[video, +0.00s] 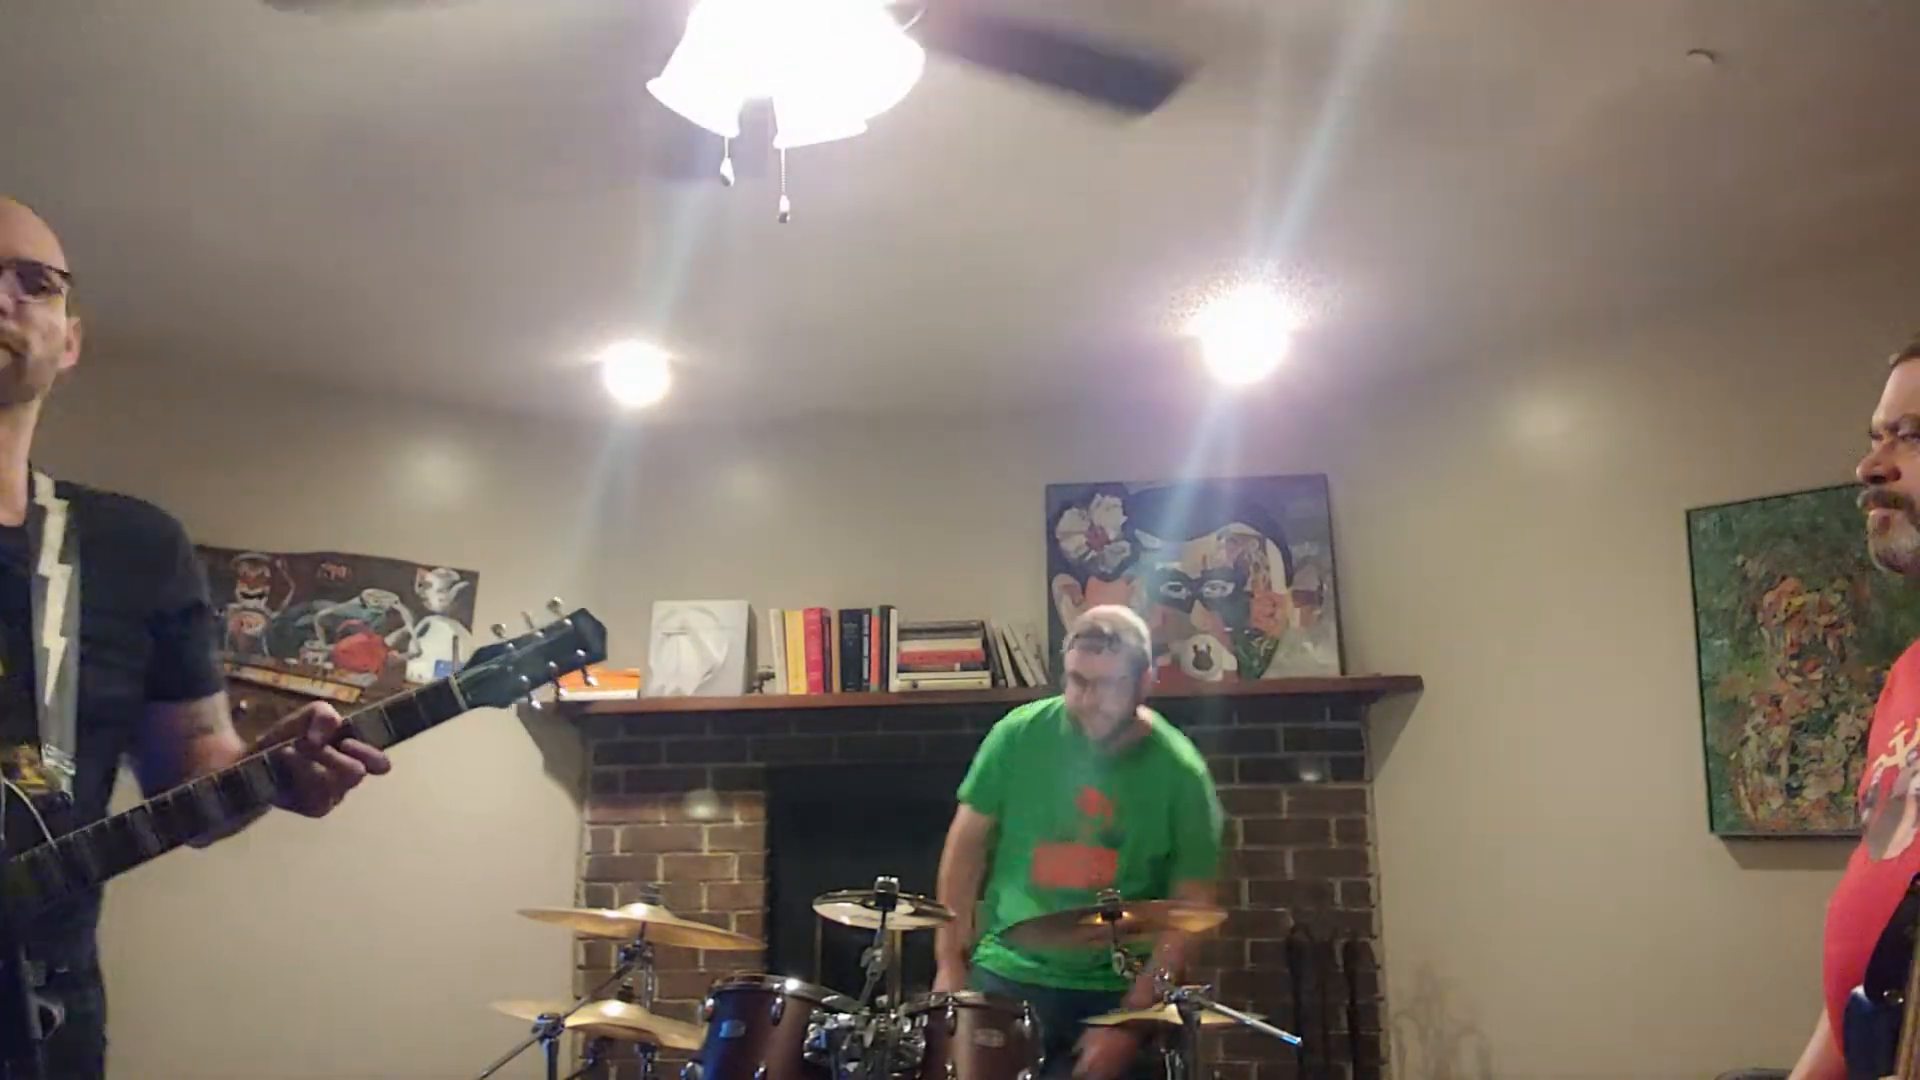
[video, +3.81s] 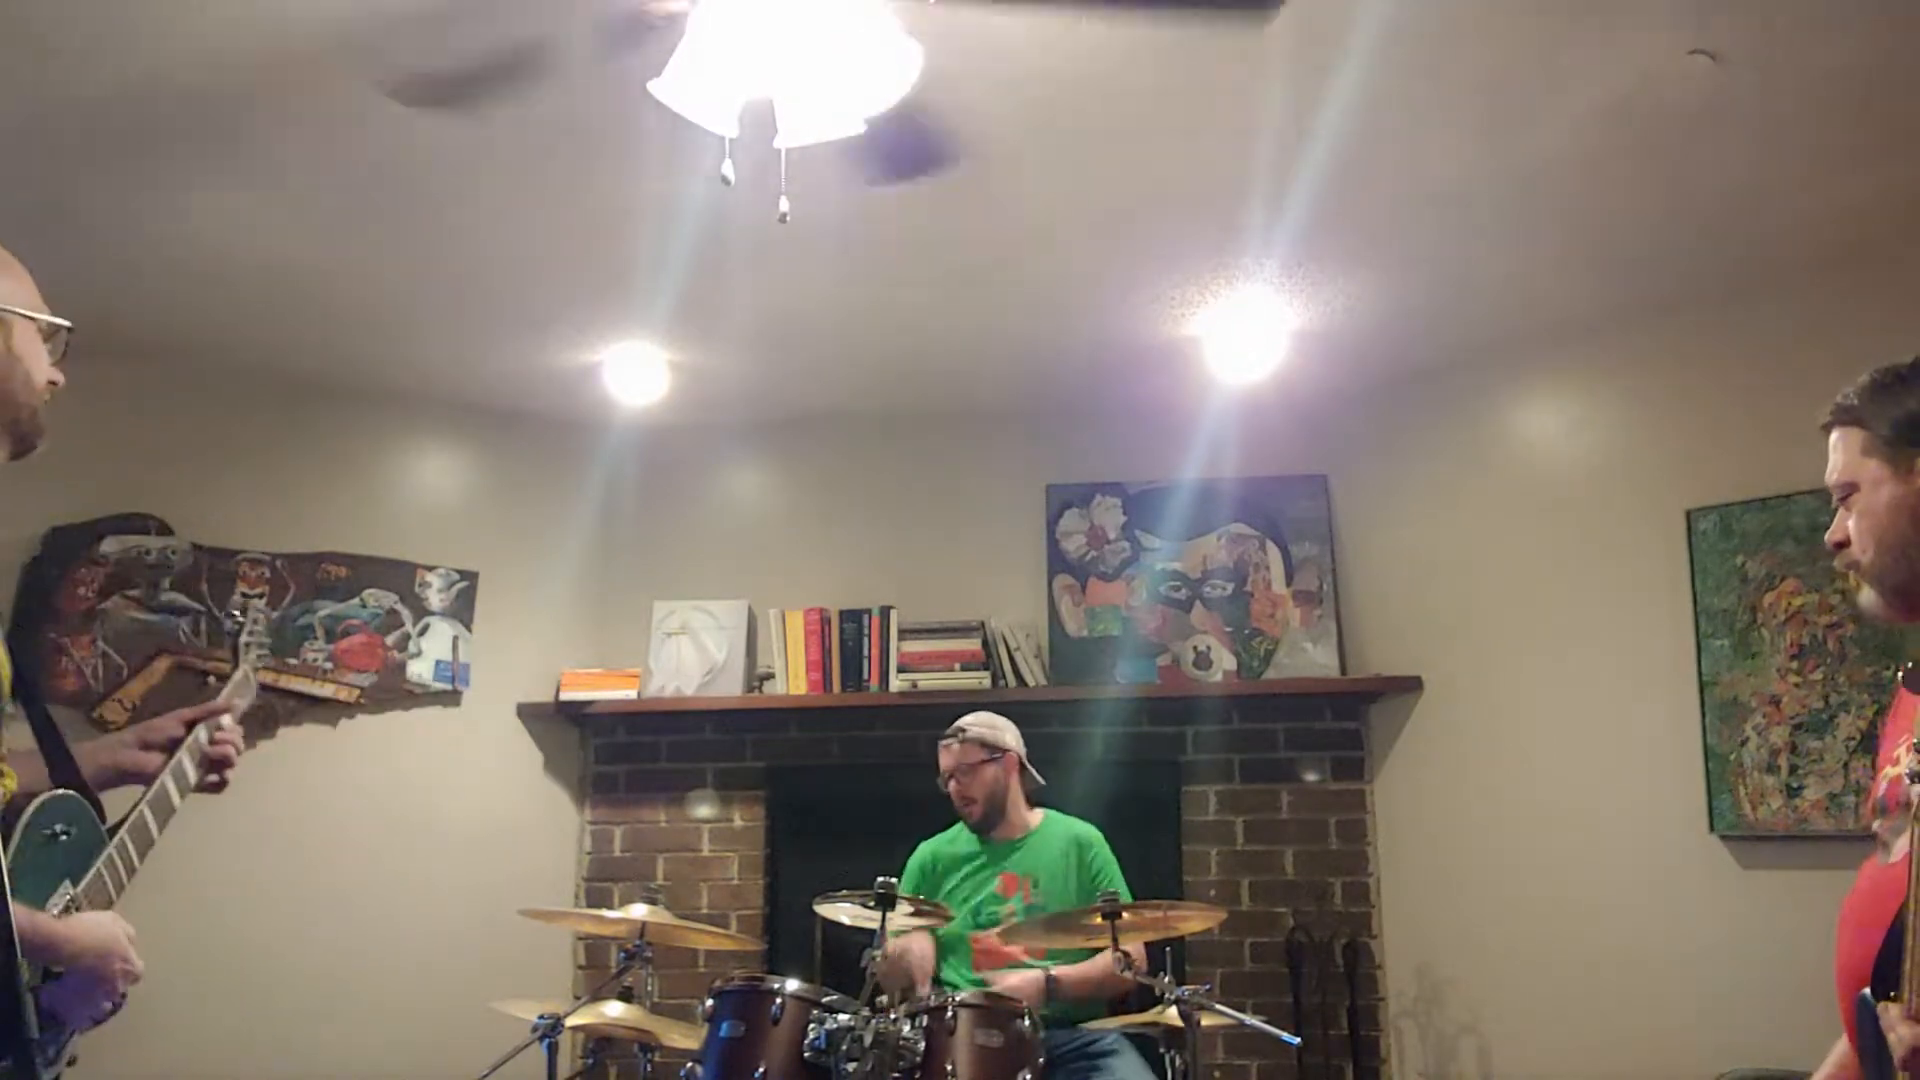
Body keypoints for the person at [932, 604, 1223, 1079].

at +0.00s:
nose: (1084, 700)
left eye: (1103, 686)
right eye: (1075, 681)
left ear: (1145, 682)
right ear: (1064, 670)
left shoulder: (1180, 772)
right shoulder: (1017, 738)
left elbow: (1192, 912)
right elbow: (965, 843)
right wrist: (949, 964)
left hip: (1116, 988)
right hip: (1007, 975)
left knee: (1115, 1064)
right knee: (963, 1064)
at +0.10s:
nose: (1070, 729)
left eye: (1088, 715)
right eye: (1059, 712)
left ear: (1127, 709)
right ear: (1045, 699)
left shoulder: (1157, 789)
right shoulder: (995, 755)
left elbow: (1144, 930)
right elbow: (936, 864)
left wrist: (1074, 1035)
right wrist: (924, 987)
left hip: (1099, 992)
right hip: (987, 986)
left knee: (1142, 1060)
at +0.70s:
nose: (1025, 761)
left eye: (1042, 744)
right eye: (1011, 742)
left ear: (1076, 740)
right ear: (995, 737)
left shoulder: (1119, 817)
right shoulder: (957, 801)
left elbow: (1117, 950)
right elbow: (928, 918)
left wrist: (1070, 1064)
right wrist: (930, 1027)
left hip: (1081, 998)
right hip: (975, 998)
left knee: (1147, 1068)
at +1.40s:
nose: (992, 801)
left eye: (1006, 786)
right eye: (984, 784)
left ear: (1052, 771)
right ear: (974, 770)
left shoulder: (1111, 836)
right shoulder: (953, 831)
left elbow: (1136, 962)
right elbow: (901, 934)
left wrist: (1082, 1062)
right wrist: (886, 1036)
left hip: (1077, 1031)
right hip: (970, 1029)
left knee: (1147, 1072)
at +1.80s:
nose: (974, 813)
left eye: (986, 798)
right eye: (965, 800)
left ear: (1028, 782)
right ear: (957, 794)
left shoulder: (1099, 851)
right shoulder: (954, 862)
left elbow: (1151, 967)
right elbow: (905, 979)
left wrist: (1104, 1011)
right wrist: (886, 1054)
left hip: (1084, 1035)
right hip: (980, 1036)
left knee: (1149, 1074)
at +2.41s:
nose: (958, 849)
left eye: (970, 834)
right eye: (946, 835)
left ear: (1009, 814)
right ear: (935, 823)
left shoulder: (1081, 849)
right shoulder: (933, 877)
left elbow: (1142, 952)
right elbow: (901, 1004)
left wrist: (1092, 1017)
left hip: (1077, 1037)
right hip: (977, 1043)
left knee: (1131, 1075)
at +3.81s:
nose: (953, 789)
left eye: (963, 773)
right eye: (946, 778)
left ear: (1010, 764)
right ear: (941, 781)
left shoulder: (1079, 842)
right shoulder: (931, 857)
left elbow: (1130, 960)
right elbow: (895, 982)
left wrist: (1046, 983)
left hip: (1071, 1031)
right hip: (961, 1035)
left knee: (1133, 1074)